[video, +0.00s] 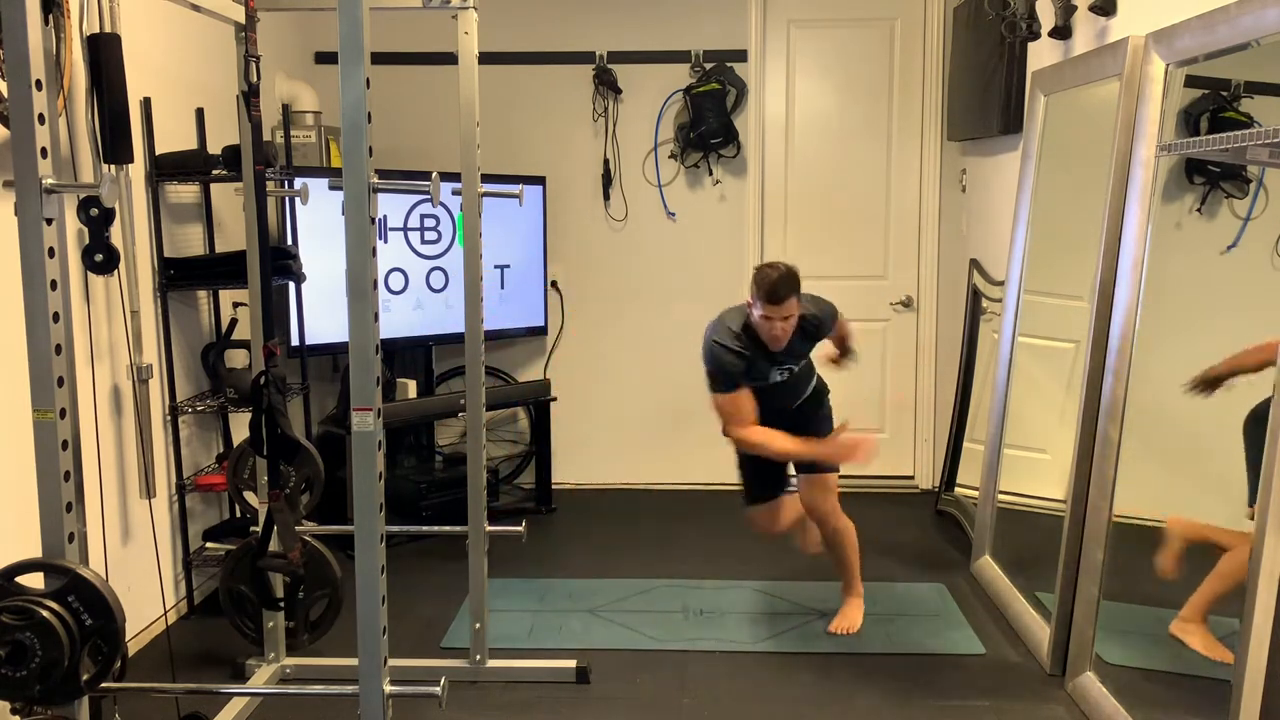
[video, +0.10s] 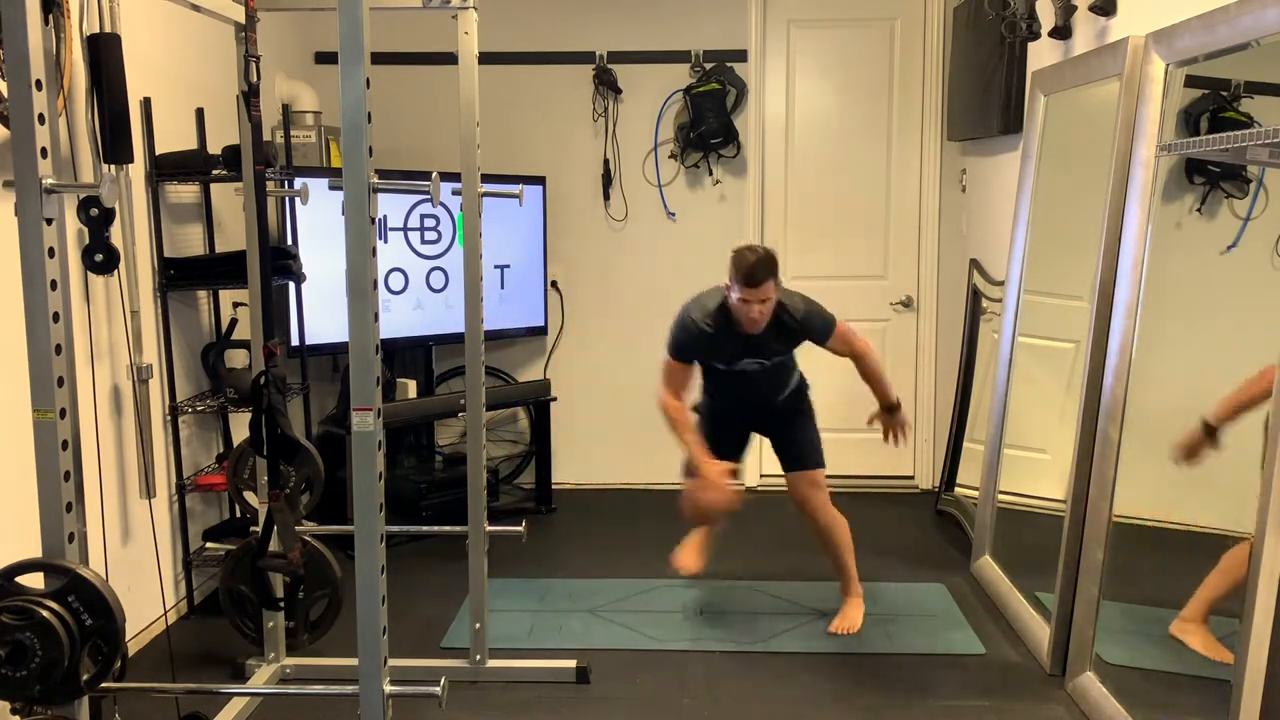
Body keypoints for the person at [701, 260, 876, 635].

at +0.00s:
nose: (779, 329)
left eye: (787, 318)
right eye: (769, 319)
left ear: (799, 306)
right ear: (751, 306)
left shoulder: (814, 316)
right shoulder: (724, 342)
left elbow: (839, 329)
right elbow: (740, 430)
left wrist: (843, 350)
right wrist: (820, 450)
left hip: (805, 406)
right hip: (756, 419)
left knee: (821, 507)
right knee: (768, 522)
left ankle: (853, 594)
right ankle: (807, 506)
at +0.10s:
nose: (755, 312)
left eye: (764, 302)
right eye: (745, 302)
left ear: (777, 290)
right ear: (729, 290)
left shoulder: (797, 313)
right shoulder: (696, 321)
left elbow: (858, 349)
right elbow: (670, 395)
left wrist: (889, 404)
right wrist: (703, 462)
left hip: (784, 403)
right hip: (723, 407)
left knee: (812, 499)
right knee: (701, 495)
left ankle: (852, 594)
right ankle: (703, 528)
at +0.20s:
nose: (726, 299)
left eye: (734, 288)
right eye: (716, 289)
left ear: (747, 275)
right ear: (698, 275)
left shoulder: (766, 298)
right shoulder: (665, 292)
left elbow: (834, 358)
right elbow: (615, 336)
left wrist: (843, 439)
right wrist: (600, 397)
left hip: (741, 384)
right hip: (677, 383)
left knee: (786, 479)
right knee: (641, 484)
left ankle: (839, 583)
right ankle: (604, 566)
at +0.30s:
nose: (687, 297)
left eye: (696, 287)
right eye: (678, 286)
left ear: (711, 275)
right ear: (664, 272)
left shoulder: (727, 297)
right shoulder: (634, 281)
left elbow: (774, 373)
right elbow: (572, 286)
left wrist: (727, 445)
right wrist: (537, 309)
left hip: (698, 385)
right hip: (636, 382)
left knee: (743, 479)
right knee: (603, 485)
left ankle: (768, 547)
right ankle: (550, 587)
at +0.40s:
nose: (654, 307)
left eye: (664, 299)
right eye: (646, 297)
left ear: (681, 287)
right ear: (635, 283)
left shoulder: (696, 317)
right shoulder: (612, 284)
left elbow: (688, 404)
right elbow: (559, 261)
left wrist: (607, 424)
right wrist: (514, 244)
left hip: (658, 399)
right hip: (604, 391)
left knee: (672, 501)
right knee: (578, 492)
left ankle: (632, 501)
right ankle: (546, 591)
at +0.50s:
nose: (635, 321)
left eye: (645, 312)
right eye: (627, 310)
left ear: (664, 302)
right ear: (616, 296)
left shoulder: (675, 338)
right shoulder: (601, 285)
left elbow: (615, 410)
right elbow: (560, 257)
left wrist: (540, 388)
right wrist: (514, 228)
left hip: (639, 409)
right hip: (590, 385)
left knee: (597, 495)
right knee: (577, 491)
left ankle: (531, 502)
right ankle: (546, 592)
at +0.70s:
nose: (628, 333)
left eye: (639, 323)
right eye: (620, 322)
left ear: (656, 312)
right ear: (609, 309)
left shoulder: (670, 347)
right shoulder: (596, 295)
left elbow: (604, 413)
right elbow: (543, 267)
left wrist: (540, 377)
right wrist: (493, 249)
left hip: (623, 420)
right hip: (577, 390)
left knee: (558, 486)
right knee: (568, 490)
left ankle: (478, 509)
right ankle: (544, 591)